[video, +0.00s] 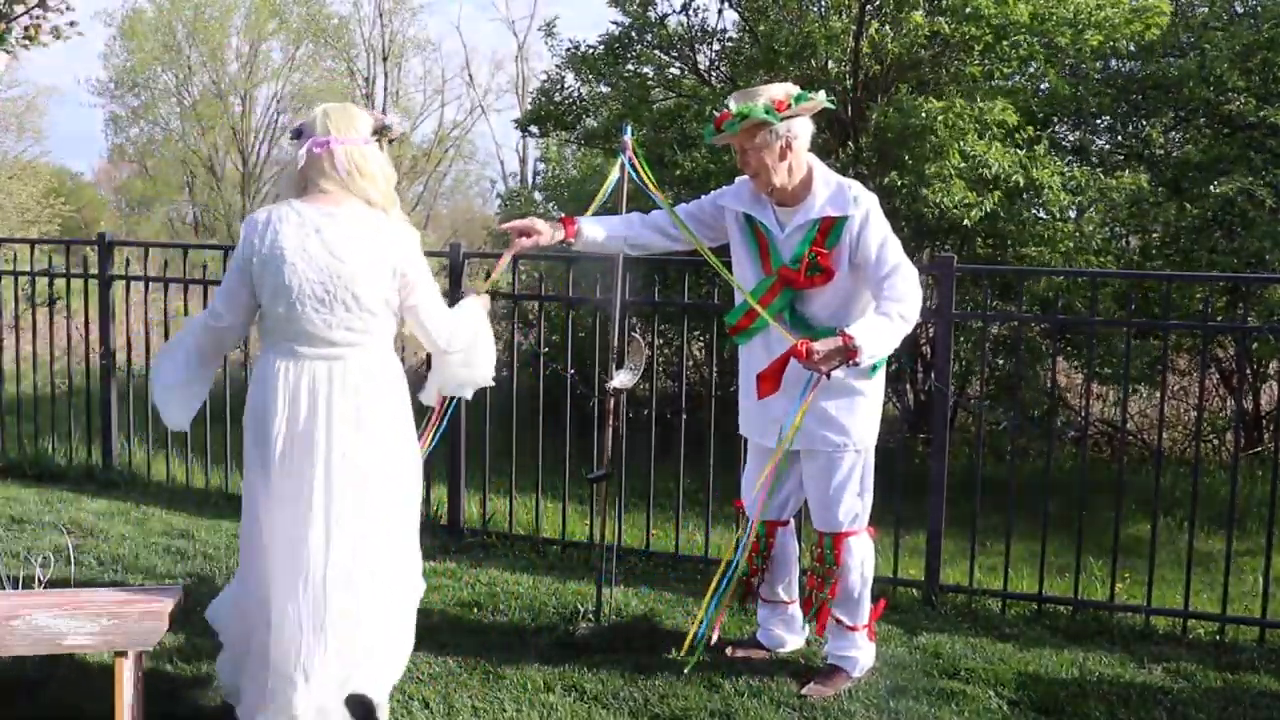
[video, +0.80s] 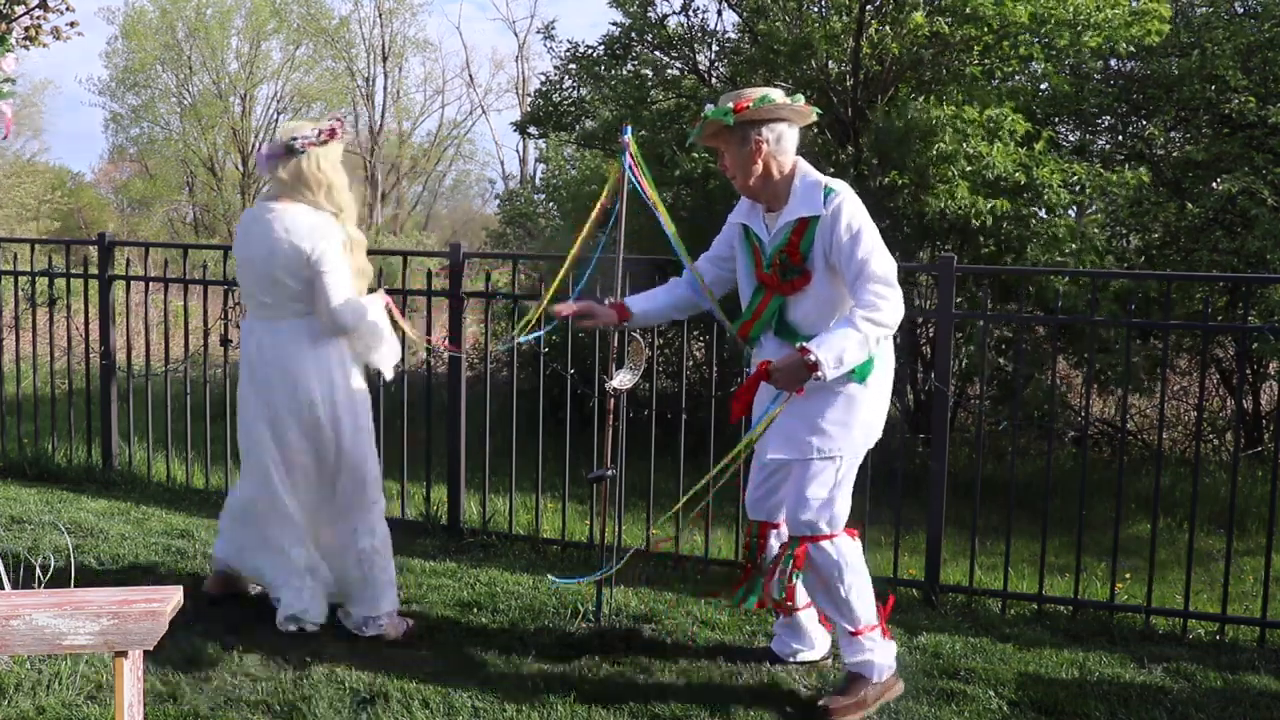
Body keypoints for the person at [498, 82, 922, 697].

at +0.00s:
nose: (740, 162)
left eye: (748, 149)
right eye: (737, 150)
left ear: (789, 145)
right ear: (746, 150)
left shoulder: (853, 206)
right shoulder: (734, 204)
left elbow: (901, 294)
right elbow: (649, 227)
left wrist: (853, 343)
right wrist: (562, 230)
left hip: (842, 386)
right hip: (767, 381)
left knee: (842, 521)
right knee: (766, 510)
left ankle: (849, 656)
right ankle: (778, 635)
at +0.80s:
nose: (719, 167)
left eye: (724, 153)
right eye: (716, 155)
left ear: (764, 144)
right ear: (752, 148)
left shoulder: (835, 206)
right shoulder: (747, 216)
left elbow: (882, 304)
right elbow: (696, 286)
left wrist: (818, 358)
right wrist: (617, 311)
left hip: (843, 379)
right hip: (777, 376)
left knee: (811, 513)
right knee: (767, 506)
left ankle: (874, 666)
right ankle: (801, 642)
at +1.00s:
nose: (732, 166)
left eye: (737, 151)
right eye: (729, 153)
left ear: (776, 147)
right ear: (774, 150)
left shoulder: (850, 215)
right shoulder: (767, 223)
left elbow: (881, 322)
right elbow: (746, 311)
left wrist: (803, 368)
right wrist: (681, 358)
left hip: (855, 400)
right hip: (795, 396)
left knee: (846, 537)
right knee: (776, 517)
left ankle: (878, 692)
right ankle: (797, 635)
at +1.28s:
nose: (773, 158)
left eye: (776, 142)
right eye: (770, 144)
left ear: (815, 139)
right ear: (817, 140)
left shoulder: (877, 205)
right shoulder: (830, 213)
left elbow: (886, 325)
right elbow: (828, 319)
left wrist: (792, 355)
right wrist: (769, 352)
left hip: (893, 412)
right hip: (846, 408)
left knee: (867, 557)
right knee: (811, 518)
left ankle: (882, 703)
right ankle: (841, 642)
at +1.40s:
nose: (795, 158)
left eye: (798, 141)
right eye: (791, 143)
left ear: (837, 133)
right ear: (839, 135)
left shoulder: (895, 204)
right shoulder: (853, 209)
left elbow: (899, 324)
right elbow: (862, 322)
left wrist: (796, 346)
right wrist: (792, 352)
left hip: (904, 417)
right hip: (865, 412)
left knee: (870, 555)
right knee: (841, 528)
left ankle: (879, 702)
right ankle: (934, 651)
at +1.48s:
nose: (809, 154)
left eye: (813, 138)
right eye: (807, 141)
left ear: (854, 131)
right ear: (857, 133)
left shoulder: (908, 204)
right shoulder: (867, 210)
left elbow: (908, 324)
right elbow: (878, 322)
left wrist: (805, 340)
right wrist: (807, 352)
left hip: (913, 421)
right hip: (886, 419)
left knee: (875, 560)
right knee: (898, 554)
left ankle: (879, 704)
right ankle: (976, 676)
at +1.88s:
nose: (884, 159)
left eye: (889, 142)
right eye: (882, 146)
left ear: (933, 135)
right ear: (933, 137)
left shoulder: (981, 201)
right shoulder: (950, 210)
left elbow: (971, 313)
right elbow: (956, 321)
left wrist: (861, 318)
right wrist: (881, 343)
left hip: (997, 410)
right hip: (971, 410)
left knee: (943, 546)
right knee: (940, 545)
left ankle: (999, 698)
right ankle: (990, 686)